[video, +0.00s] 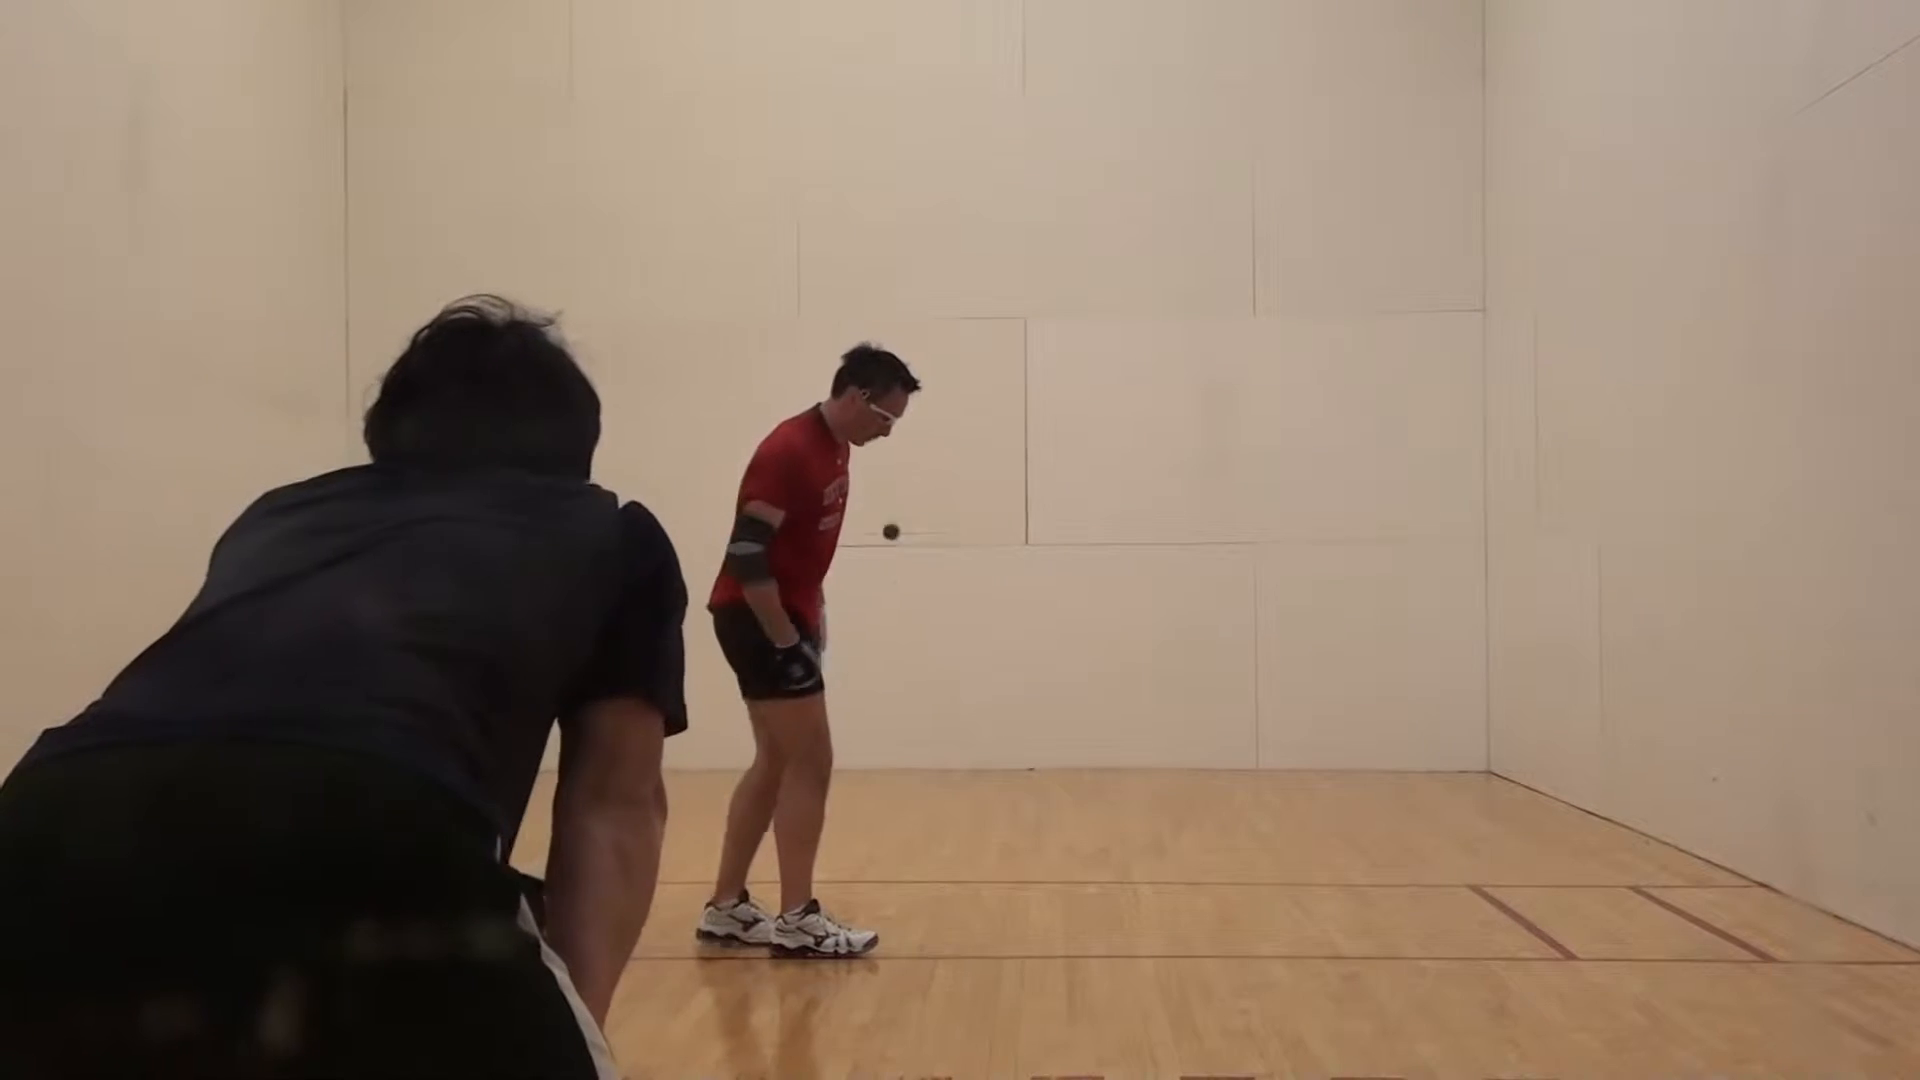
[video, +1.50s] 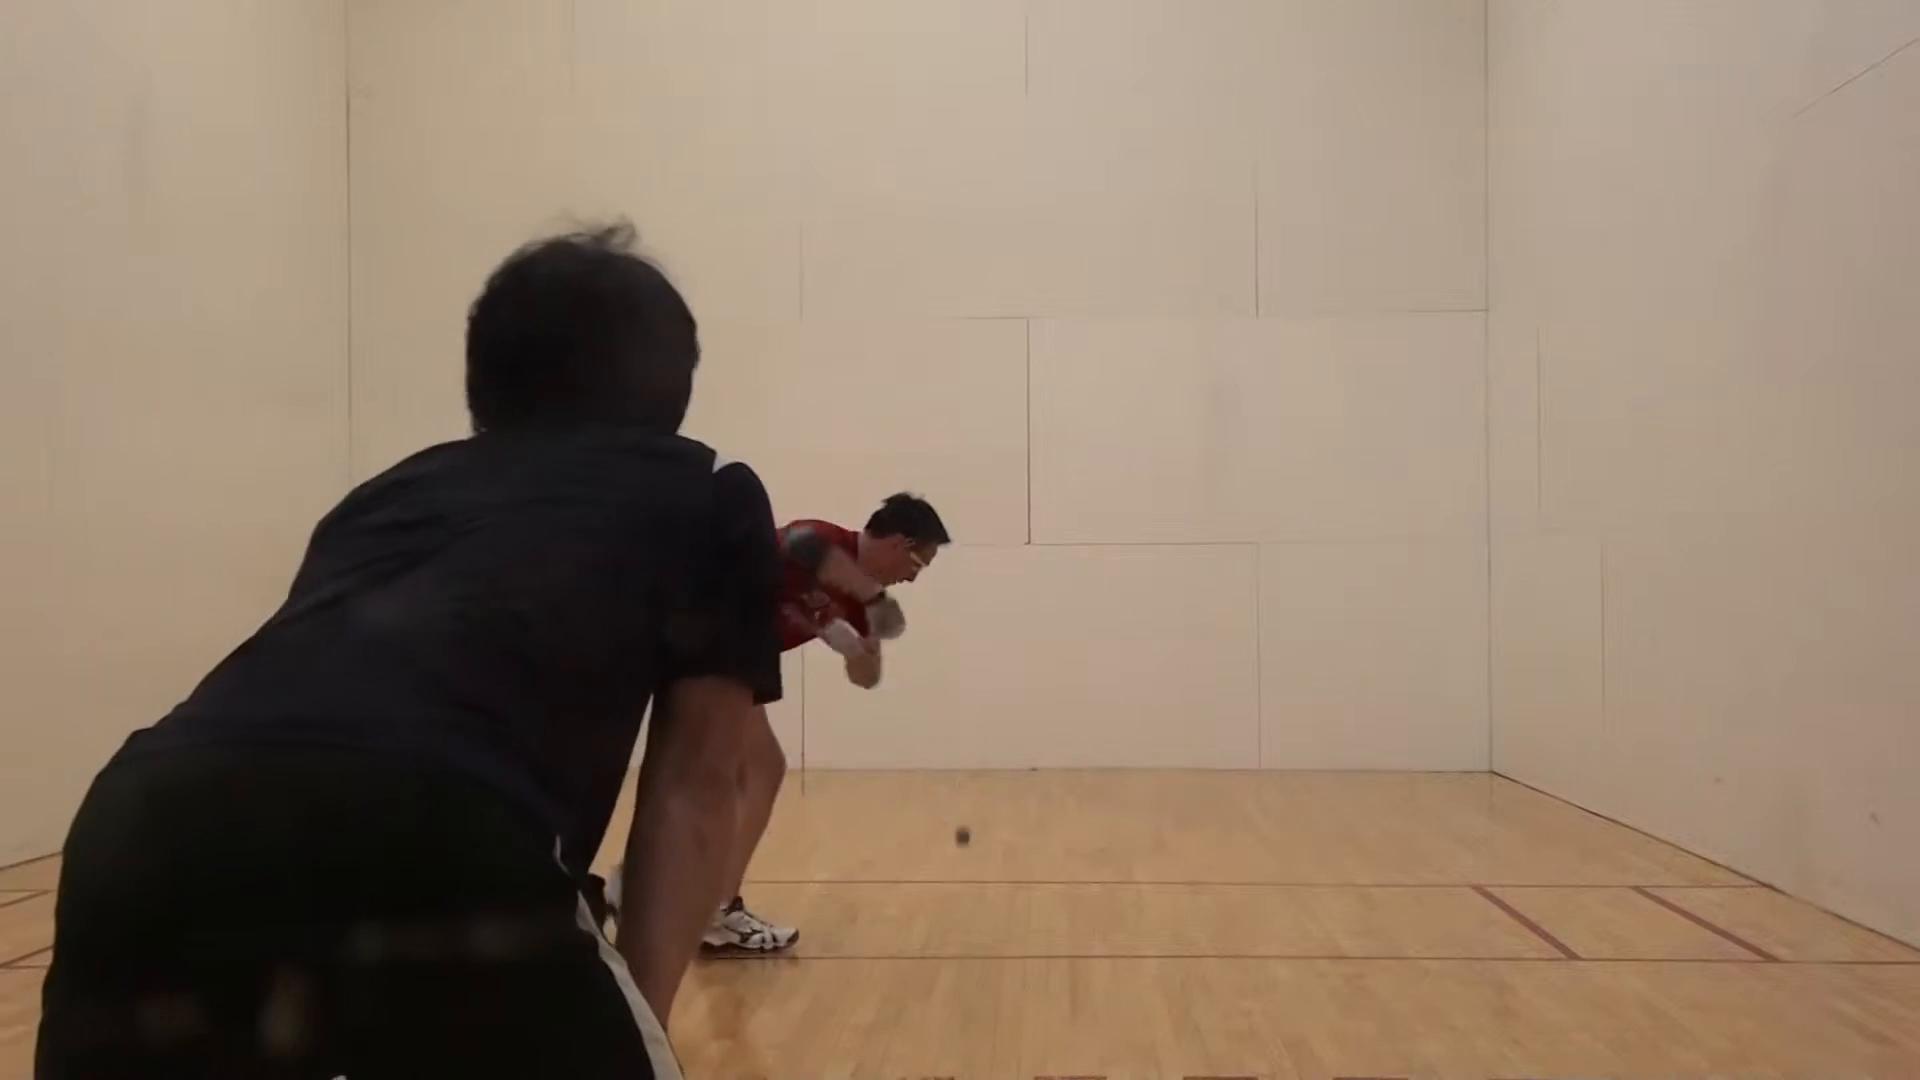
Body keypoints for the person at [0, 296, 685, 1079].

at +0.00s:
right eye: (591, 456)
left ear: (390, 429)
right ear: (566, 445)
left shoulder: (279, 508)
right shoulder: (608, 531)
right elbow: (617, 800)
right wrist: (568, 1034)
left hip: (58, 836)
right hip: (371, 858)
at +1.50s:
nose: (682, 400)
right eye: (683, 383)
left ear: (480, 393)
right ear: (669, 395)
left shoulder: (386, 490)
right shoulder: (702, 489)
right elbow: (708, 769)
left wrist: (745, 585)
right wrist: (638, 1020)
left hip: (148, 830)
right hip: (434, 846)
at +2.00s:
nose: (755, 445)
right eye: (755, 428)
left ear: (554, 423)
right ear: (746, 432)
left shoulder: (447, 507)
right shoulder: (757, 518)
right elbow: (728, 794)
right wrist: (619, 1028)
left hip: (135, 832)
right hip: (411, 849)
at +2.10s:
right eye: (715, 427)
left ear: (517, 424)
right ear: (705, 433)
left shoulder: (409, 508)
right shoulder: (719, 518)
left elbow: (161, 687)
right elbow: (690, 799)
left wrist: (219, 990)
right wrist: (592, 1027)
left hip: (114, 814)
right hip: (393, 840)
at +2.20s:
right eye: (648, 431)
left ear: (448, 419)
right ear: (637, 426)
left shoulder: (326, 512)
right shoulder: (650, 519)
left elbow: (99, 693)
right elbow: (642, 794)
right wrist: (554, 1039)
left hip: (48, 869)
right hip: (334, 888)